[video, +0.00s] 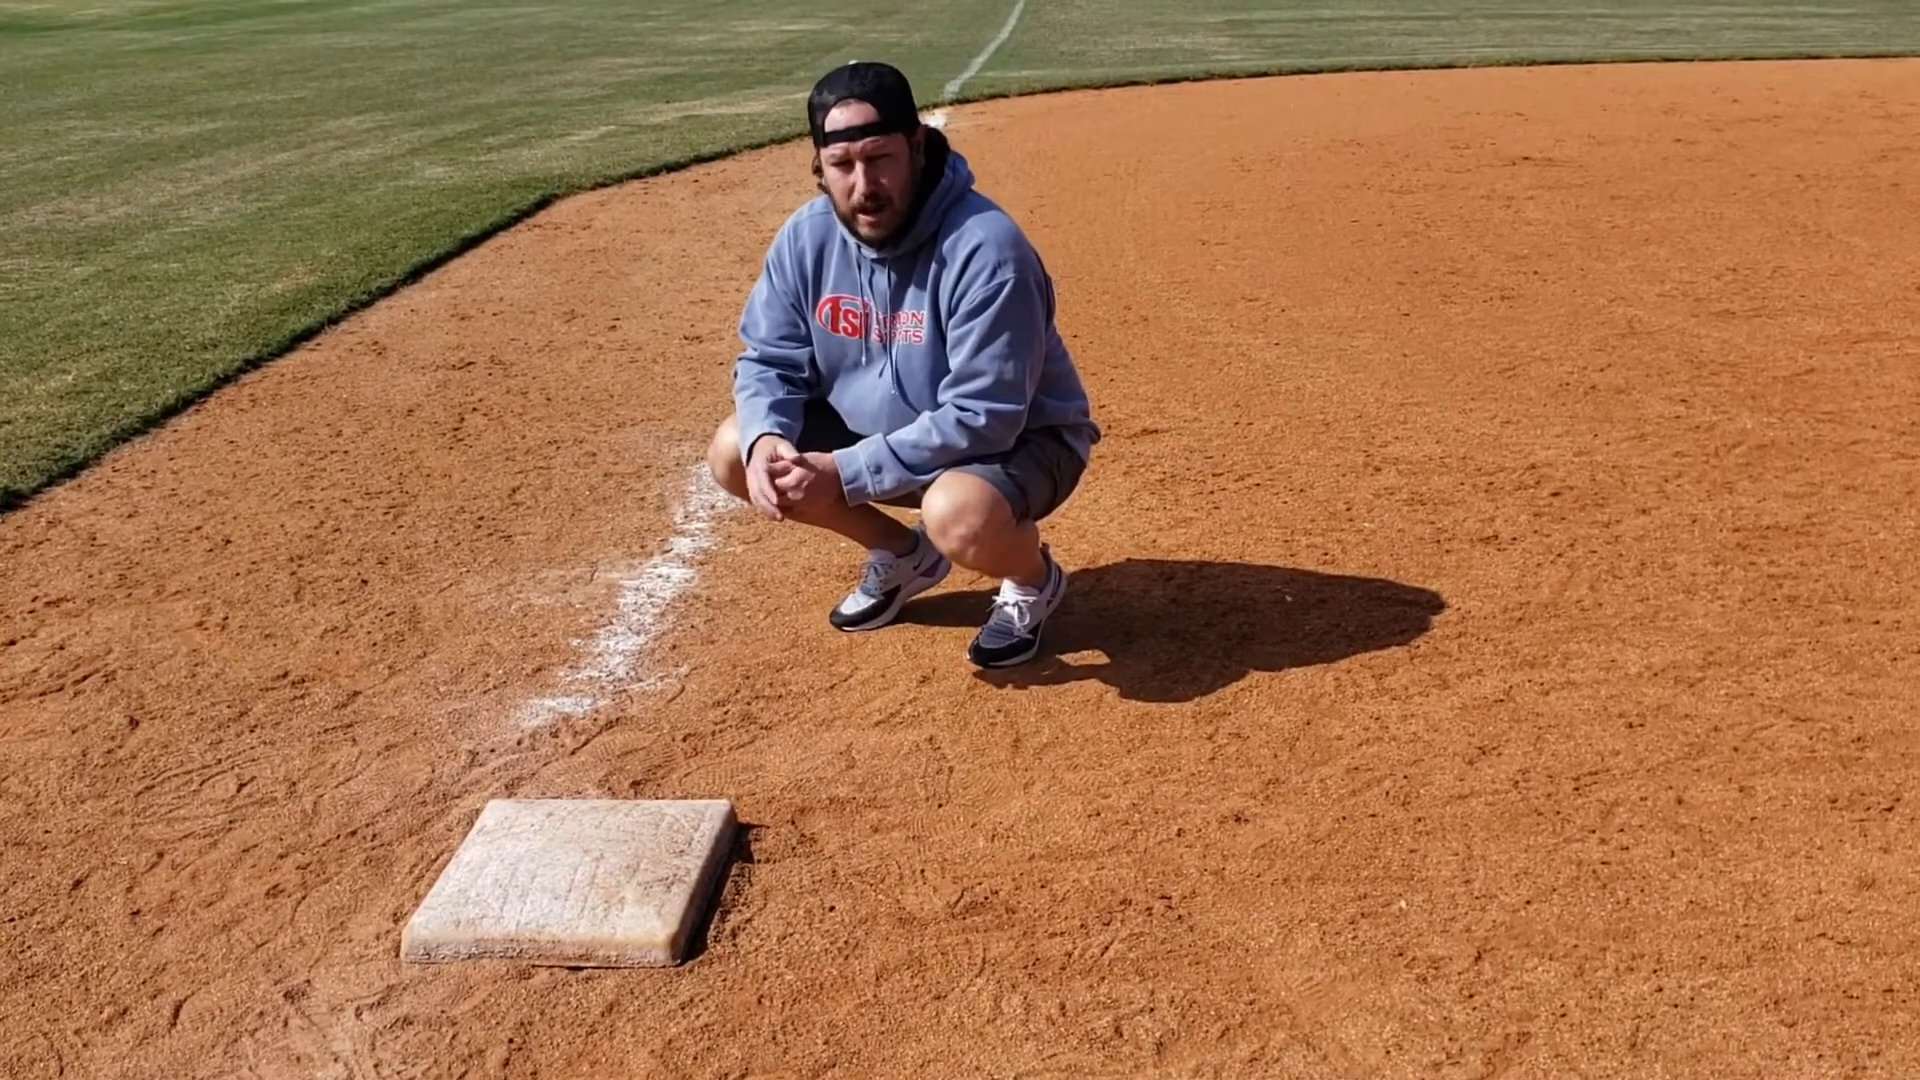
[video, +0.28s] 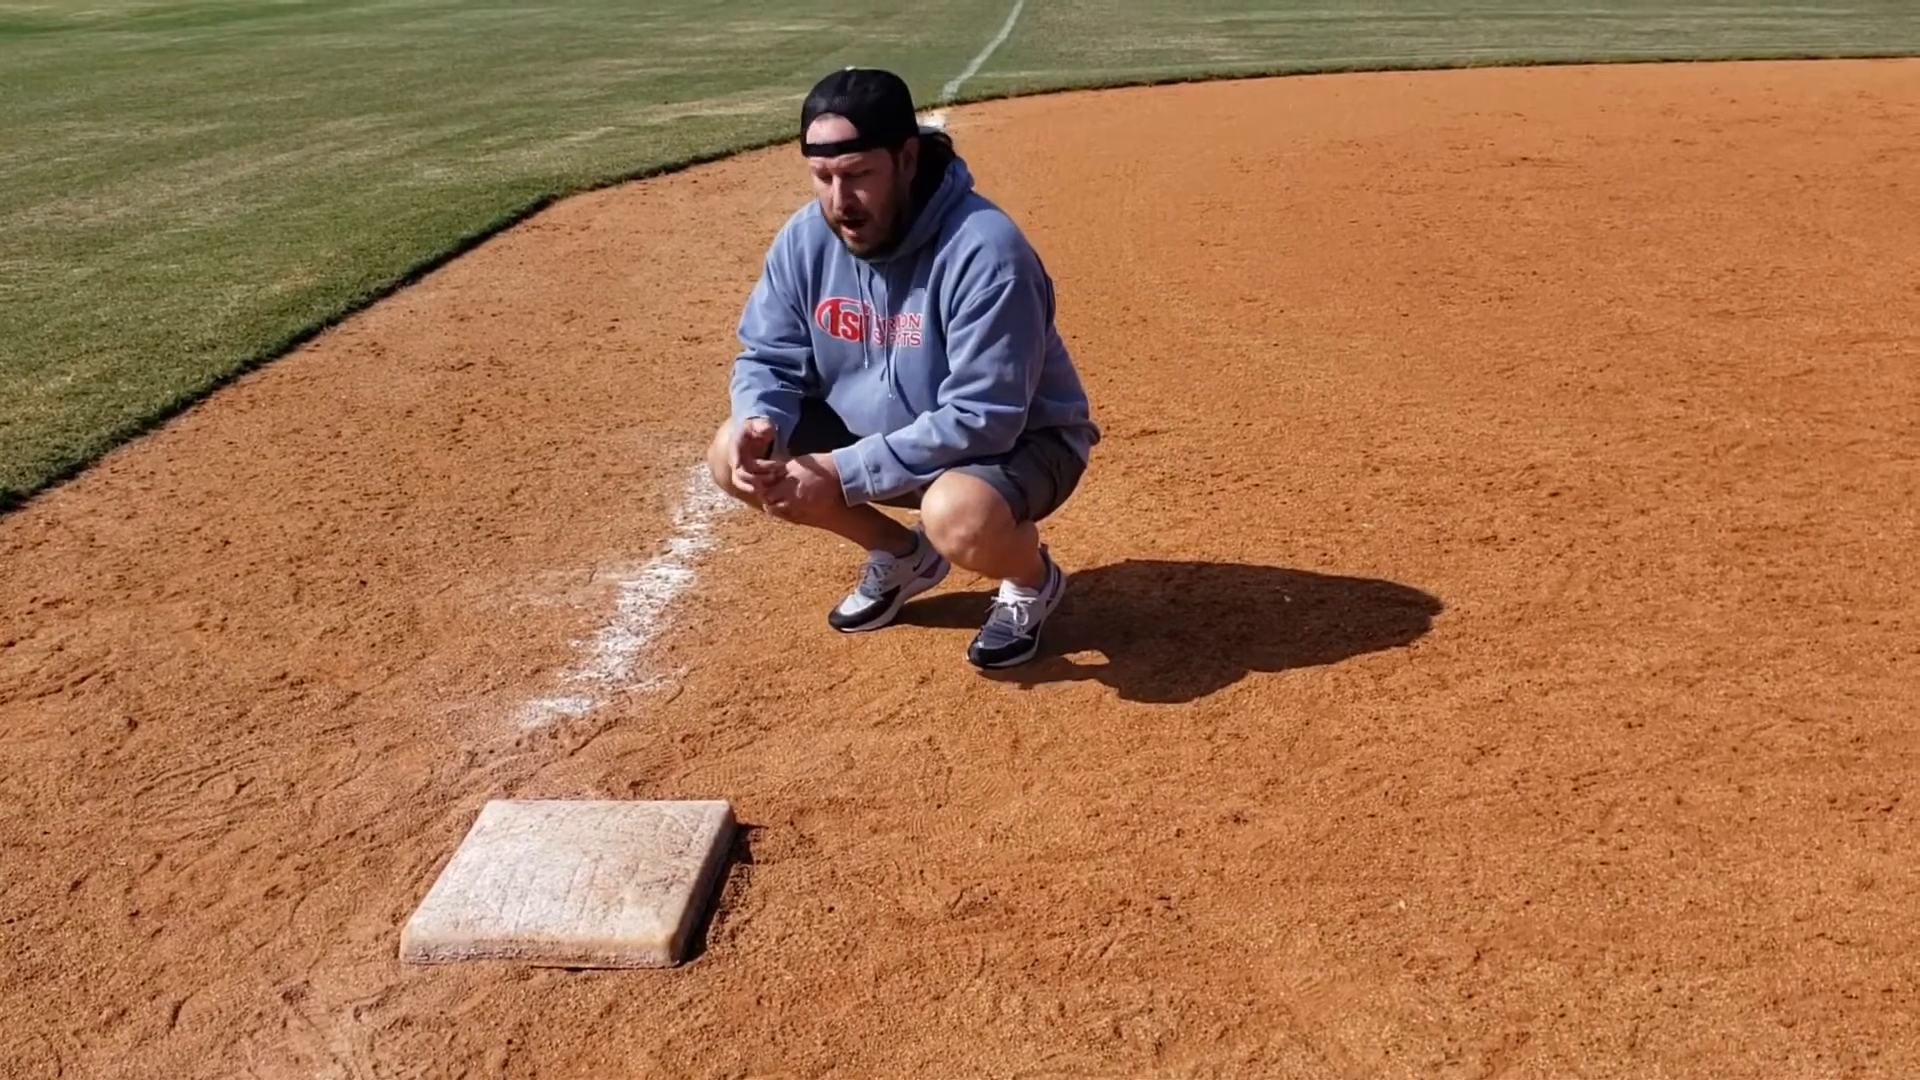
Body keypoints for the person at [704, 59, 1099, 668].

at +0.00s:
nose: (863, 187)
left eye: (879, 159)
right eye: (841, 164)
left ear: (918, 146)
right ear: (820, 168)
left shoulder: (986, 253)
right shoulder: (806, 239)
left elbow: (982, 420)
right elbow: (768, 359)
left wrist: (843, 475)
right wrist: (769, 436)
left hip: (1024, 437)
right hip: (887, 430)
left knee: (957, 514)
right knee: (736, 453)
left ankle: (1035, 580)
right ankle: (902, 553)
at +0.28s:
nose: (840, 202)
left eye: (858, 175)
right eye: (823, 178)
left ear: (907, 158)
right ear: (809, 172)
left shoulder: (985, 254)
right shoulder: (806, 238)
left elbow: (982, 421)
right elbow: (769, 356)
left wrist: (842, 475)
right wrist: (760, 421)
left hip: (1023, 440)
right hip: (889, 433)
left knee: (956, 516)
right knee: (737, 453)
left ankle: (1033, 582)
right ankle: (902, 554)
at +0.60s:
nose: (846, 203)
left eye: (864, 176)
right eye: (827, 180)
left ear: (909, 157)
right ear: (812, 176)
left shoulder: (986, 255)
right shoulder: (806, 239)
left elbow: (984, 422)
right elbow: (769, 356)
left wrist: (843, 474)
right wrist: (762, 431)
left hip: (1024, 440)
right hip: (890, 433)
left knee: (957, 517)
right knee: (737, 451)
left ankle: (1034, 583)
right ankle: (900, 554)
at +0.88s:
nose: (864, 191)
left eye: (881, 163)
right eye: (842, 168)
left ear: (920, 153)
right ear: (820, 172)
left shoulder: (988, 257)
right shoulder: (807, 241)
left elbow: (982, 422)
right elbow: (768, 358)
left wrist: (845, 474)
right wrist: (765, 433)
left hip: (1024, 441)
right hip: (890, 435)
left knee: (956, 516)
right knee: (735, 456)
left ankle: (1034, 583)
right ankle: (901, 555)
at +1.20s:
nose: (869, 184)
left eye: (888, 158)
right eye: (848, 160)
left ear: (925, 150)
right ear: (825, 162)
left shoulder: (989, 255)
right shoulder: (808, 238)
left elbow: (984, 419)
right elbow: (768, 352)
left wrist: (846, 468)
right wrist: (765, 421)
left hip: (1023, 441)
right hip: (885, 433)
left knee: (958, 515)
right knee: (736, 452)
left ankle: (1035, 585)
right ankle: (898, 554)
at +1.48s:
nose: (867, 183)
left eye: (885, 157)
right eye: (845, 161)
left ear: (922, 150)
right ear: (822, 165)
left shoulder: (987, 256)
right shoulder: (805, 241)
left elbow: (982, 421)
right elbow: (766, 354)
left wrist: (844, 470)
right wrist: (764, 425)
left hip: (1020, 442)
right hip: (881, 435)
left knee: (956, 516)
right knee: (733, 453)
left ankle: (1034, 587)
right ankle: (896, 556)